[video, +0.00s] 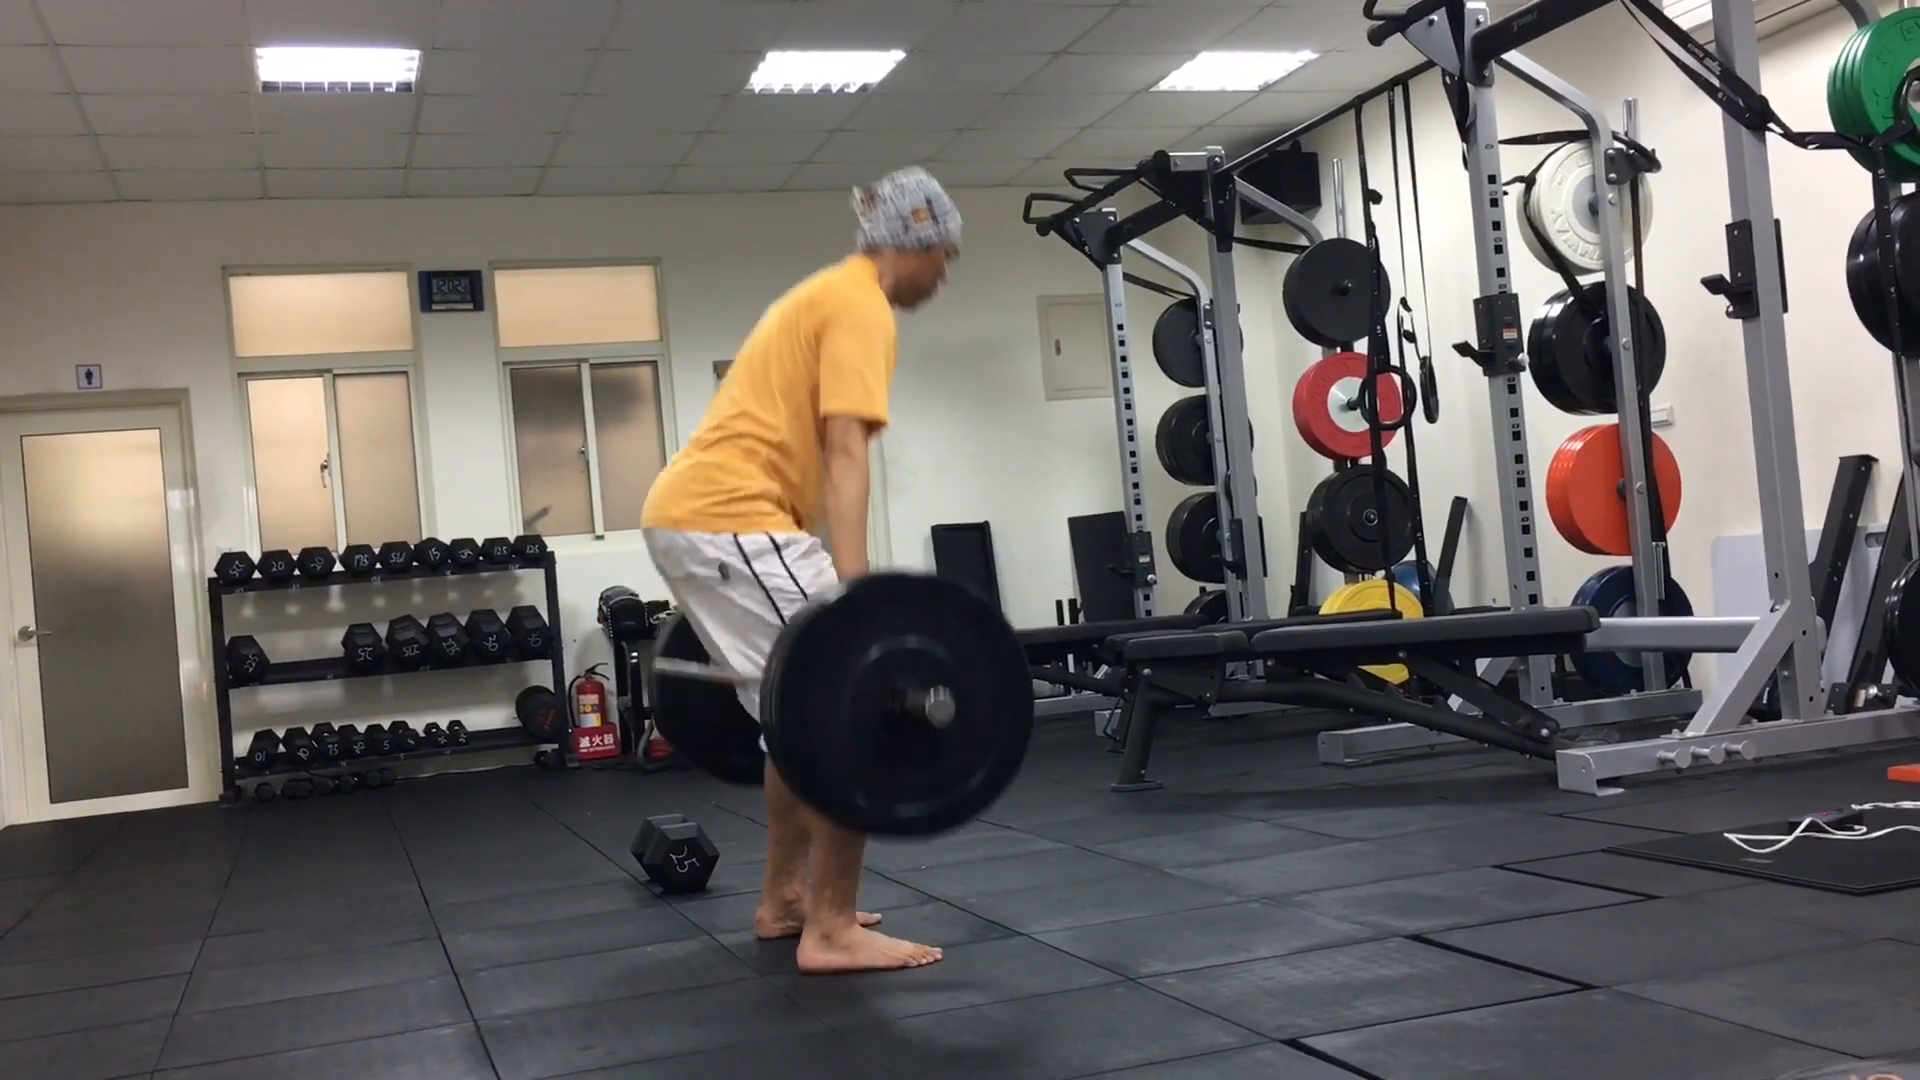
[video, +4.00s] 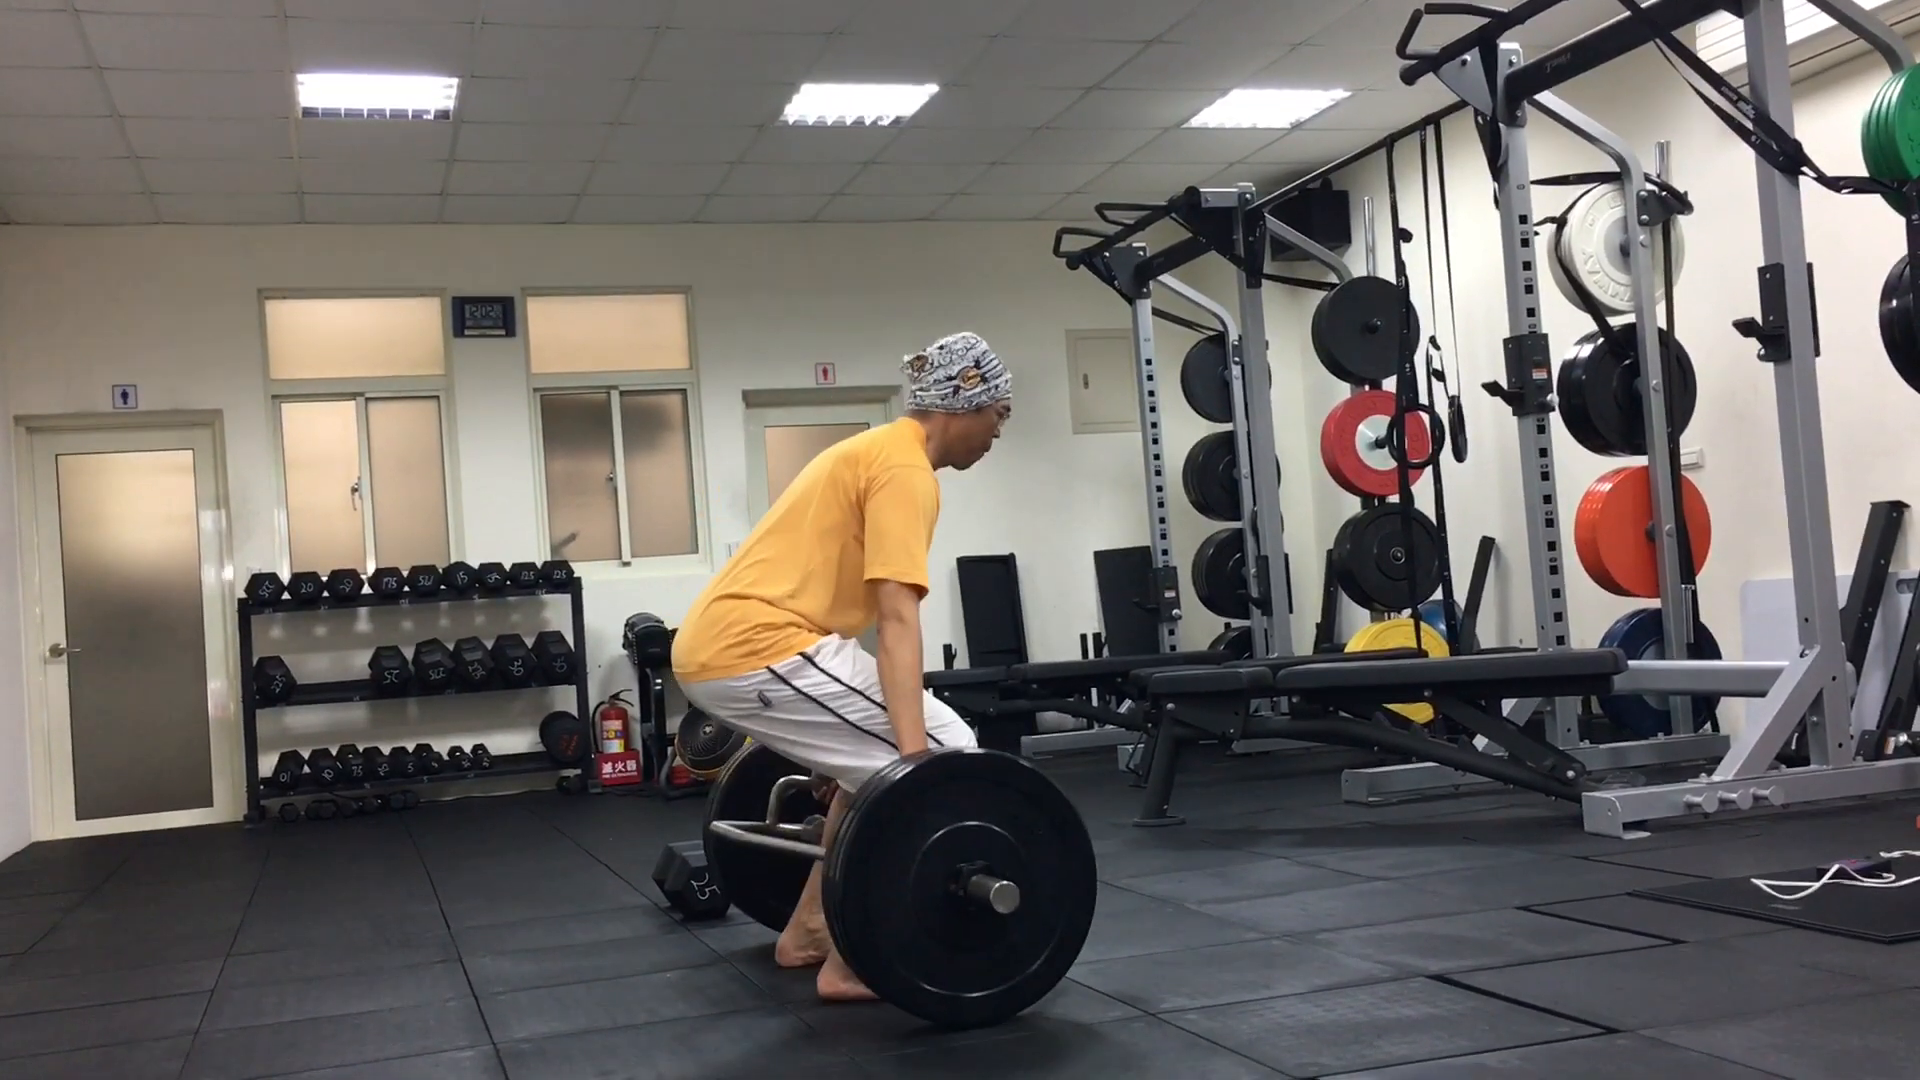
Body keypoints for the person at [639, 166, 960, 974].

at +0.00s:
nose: (944, 276)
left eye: (948, 259)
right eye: (944, 256)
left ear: (885, 238)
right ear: (913, 241)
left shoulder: (822, 295)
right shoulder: (856, 302)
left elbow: (806, 453)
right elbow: (844, 448)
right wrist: (855, 598)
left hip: (691, 511)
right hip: (734, 513)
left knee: (799, 699)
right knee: (846, 694)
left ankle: (785, 898)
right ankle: (834, 927)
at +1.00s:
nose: (928, 311)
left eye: (934, 294)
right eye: (930, 291)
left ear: (873, 270)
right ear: (900, 273)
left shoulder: (804, 330)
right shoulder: (848, 333)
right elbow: (852, 480)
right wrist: (879, 623)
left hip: (701, 565)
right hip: (747, 566)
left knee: (821, 738)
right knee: (881, 731)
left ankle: (794, 930)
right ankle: (842, 961)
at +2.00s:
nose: (991, 412)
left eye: (995, 396)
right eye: (991, 393)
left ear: (931, 379)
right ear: (958, 382)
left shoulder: (868, 427)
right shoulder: (898, 437)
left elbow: (860, 584)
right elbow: (885, 588)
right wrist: (898, 726)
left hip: (715, 623)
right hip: (754, 625)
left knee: (882, 744)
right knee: (918, 742)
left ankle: (813, 931)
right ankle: (862, 964)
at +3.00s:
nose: (936, 235)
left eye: (939, 219)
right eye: (935, 217)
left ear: (870, 201)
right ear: (904, 204)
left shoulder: (814, 269)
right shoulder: (848, 270)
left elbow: (806, 426)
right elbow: (849, 414)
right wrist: (872, 557)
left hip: (744, 536)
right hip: (792, 536)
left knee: (796, 742)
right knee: (851, 738)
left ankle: (803, 934)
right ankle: (849, 963)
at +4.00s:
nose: (997, 436)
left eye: (1001, 421)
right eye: (997, 418)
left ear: (936, 404)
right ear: (961, 407)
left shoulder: (873, 452)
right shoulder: (903, 464)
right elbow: (896, 618)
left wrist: (853, 753)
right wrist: (912, 754)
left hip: (718, 645)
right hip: (759, 647)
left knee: (885, 754)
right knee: (947, 749)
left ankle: (808, 931)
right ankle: (856, 961)